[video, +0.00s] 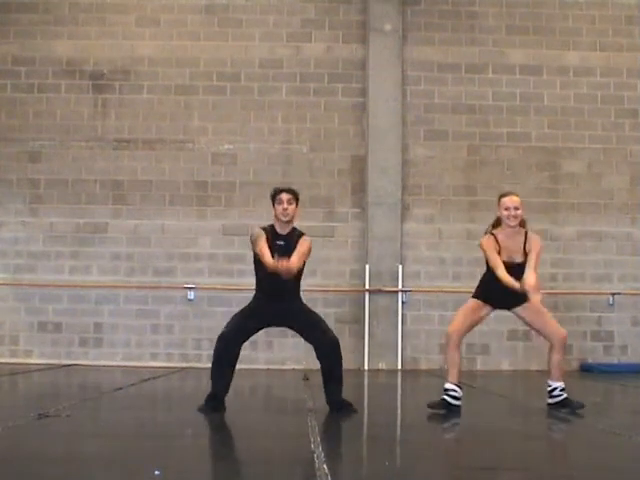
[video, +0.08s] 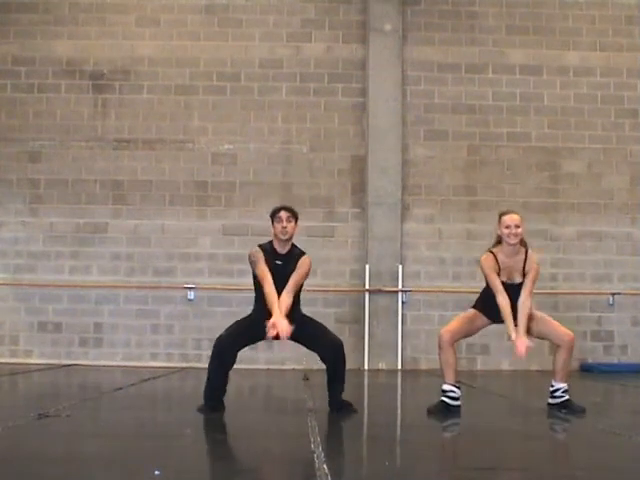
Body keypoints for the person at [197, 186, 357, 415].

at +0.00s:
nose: (285, 207)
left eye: (289, 203)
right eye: (280, 203)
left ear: (297, 208)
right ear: (273, 208)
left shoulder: (303, 240)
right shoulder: (260, 234)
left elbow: (294, 266)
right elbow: (267, 261)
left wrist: (281, 266)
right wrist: (282, 266)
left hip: (293, 309)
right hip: (261, 308)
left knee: (329, 343)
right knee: (228, 339)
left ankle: (335, 400)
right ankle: (216, 398)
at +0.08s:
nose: (284, 225)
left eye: (289, 221)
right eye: (279, 221)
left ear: (295, 227)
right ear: (272, 227)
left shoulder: (303, 260)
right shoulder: (258, 253)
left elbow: (290, 291)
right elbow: (266, 284)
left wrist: (278, 318)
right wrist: (278, 316)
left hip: (294, 321)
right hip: (261, 320)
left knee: (334, 347)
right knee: (224, 345)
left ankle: (336, 401)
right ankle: (213, 402)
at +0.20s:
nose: (284, 231)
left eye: (289, 227)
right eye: (279, 227)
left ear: (296, 233)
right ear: (272, 232)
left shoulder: (304, 265)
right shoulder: (257, 259)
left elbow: (289, 304)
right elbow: (264, 300)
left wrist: (278, 340)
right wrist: (270, 337)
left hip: (294, 324)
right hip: (260, 324)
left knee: (334, 350)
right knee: (224, 349)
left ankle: (338, 404)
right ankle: (214, 403)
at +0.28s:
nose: (285, 218)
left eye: (289, 214)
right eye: (279, 214)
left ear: (296, 219)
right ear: (272, 218)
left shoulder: (303, 249)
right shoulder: (257, 244)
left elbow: (290, 288)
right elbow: (262, 285)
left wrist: (281, 324)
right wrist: (269, 321)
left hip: (293, 312)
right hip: (260, 312)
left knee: (331, 349)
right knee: (225, 347)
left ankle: (336, 404)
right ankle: (214, 403)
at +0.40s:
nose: (285, 194)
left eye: (290, 189)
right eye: (280, 188)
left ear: (297, 187)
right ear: (273, 185)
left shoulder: (303, 207)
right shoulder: (259, 202)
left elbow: (290, 247)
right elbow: (259, 243)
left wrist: (277, 283)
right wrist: (265, 280)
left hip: (289, 280)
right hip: (259, 279)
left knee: (310, 340)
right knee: (238, 339)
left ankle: (331, 398)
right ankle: (218, 398)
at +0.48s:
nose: (284, 183)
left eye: (289, 178)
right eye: (279, 177)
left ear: (296, 174)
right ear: (272, 172)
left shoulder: (301, 191)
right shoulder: (260, 185)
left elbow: (289, 231)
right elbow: (255, 222)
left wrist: (273, 265)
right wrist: (261, 259)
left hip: (286, 264)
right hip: (259, 262)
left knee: (295, 330)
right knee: (248, 330)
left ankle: (307, 392)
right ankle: (234, 392)